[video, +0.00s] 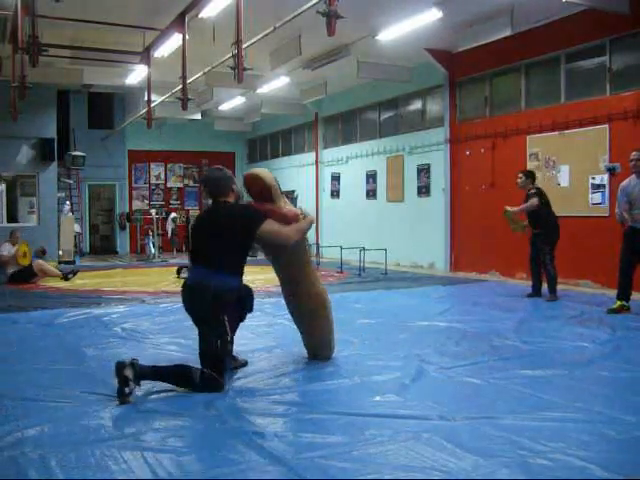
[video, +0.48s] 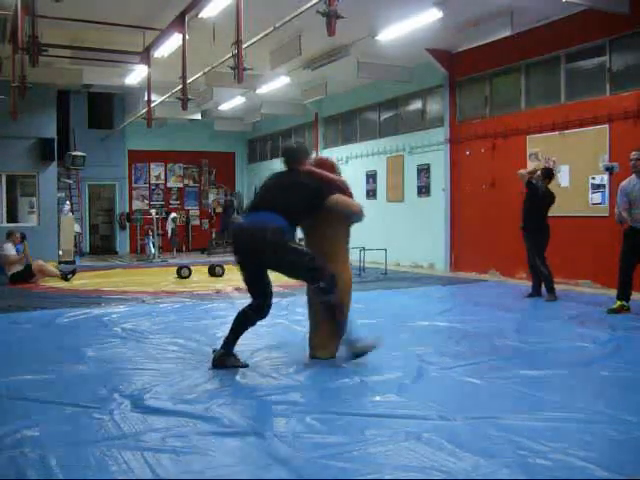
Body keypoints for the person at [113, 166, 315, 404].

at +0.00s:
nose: (237, 189)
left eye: (234, 186)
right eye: (235, 186)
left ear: (207, 193)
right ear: (232, 191)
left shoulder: (199, 222)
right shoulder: (244, 215)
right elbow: (289, 236)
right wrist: (308, 221)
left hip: (194, 294)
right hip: (221, 298)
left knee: (244, 296)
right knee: (213, 380)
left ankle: (224, 357)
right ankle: (137, 371)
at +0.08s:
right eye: (243, 184)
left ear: (217, 190)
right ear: (242, 186)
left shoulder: (211, 213)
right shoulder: (255, 208)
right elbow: (303, 222)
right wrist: (315, 212)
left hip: (200, 282)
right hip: (224, 288)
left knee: (249, 297)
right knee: (206, 365)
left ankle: (222, 356)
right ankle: (127, 372)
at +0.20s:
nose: (260, 177)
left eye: (255, 175)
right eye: (258, 174)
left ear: (234, 180)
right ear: (256, 176)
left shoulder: (223, 201)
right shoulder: (268, 195)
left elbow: (216, 237)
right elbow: (317, 214)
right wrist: (326, 209)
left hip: (209, 265)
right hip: (233, 269)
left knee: (254, 299)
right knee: (214, 342)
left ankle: (223, 358)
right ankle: (140, 368)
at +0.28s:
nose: (273, 167)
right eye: (272, 163)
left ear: (250, 166)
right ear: (272, 164)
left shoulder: (238, 186)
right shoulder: (282, 186)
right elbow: (332, 209)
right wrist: (337, 207)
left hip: (216, 251)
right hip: (240, 254)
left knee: (251, 303)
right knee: (255, 327)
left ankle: (225, 356)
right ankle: (195, 344)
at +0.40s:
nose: (291, 163)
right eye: (291, 159)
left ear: (268, 162)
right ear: (290, 160)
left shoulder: (256, 180)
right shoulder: (297, 181)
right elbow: (341, 206)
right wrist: (350, 217)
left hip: (226, 243)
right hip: (254, 246)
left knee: (258, 302)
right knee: (304, 291)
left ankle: (224, 354)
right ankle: (262, 344)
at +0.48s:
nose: (309, 162)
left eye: (307, 159)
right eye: (308, 159)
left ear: (285, 162)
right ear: (306, 161)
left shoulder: (274, 179)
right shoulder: (314, 181)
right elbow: (354, 209)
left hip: (243, 239)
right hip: (273, 241)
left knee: (260, 303)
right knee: (323, 278)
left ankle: (224, 352)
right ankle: (347, 341)